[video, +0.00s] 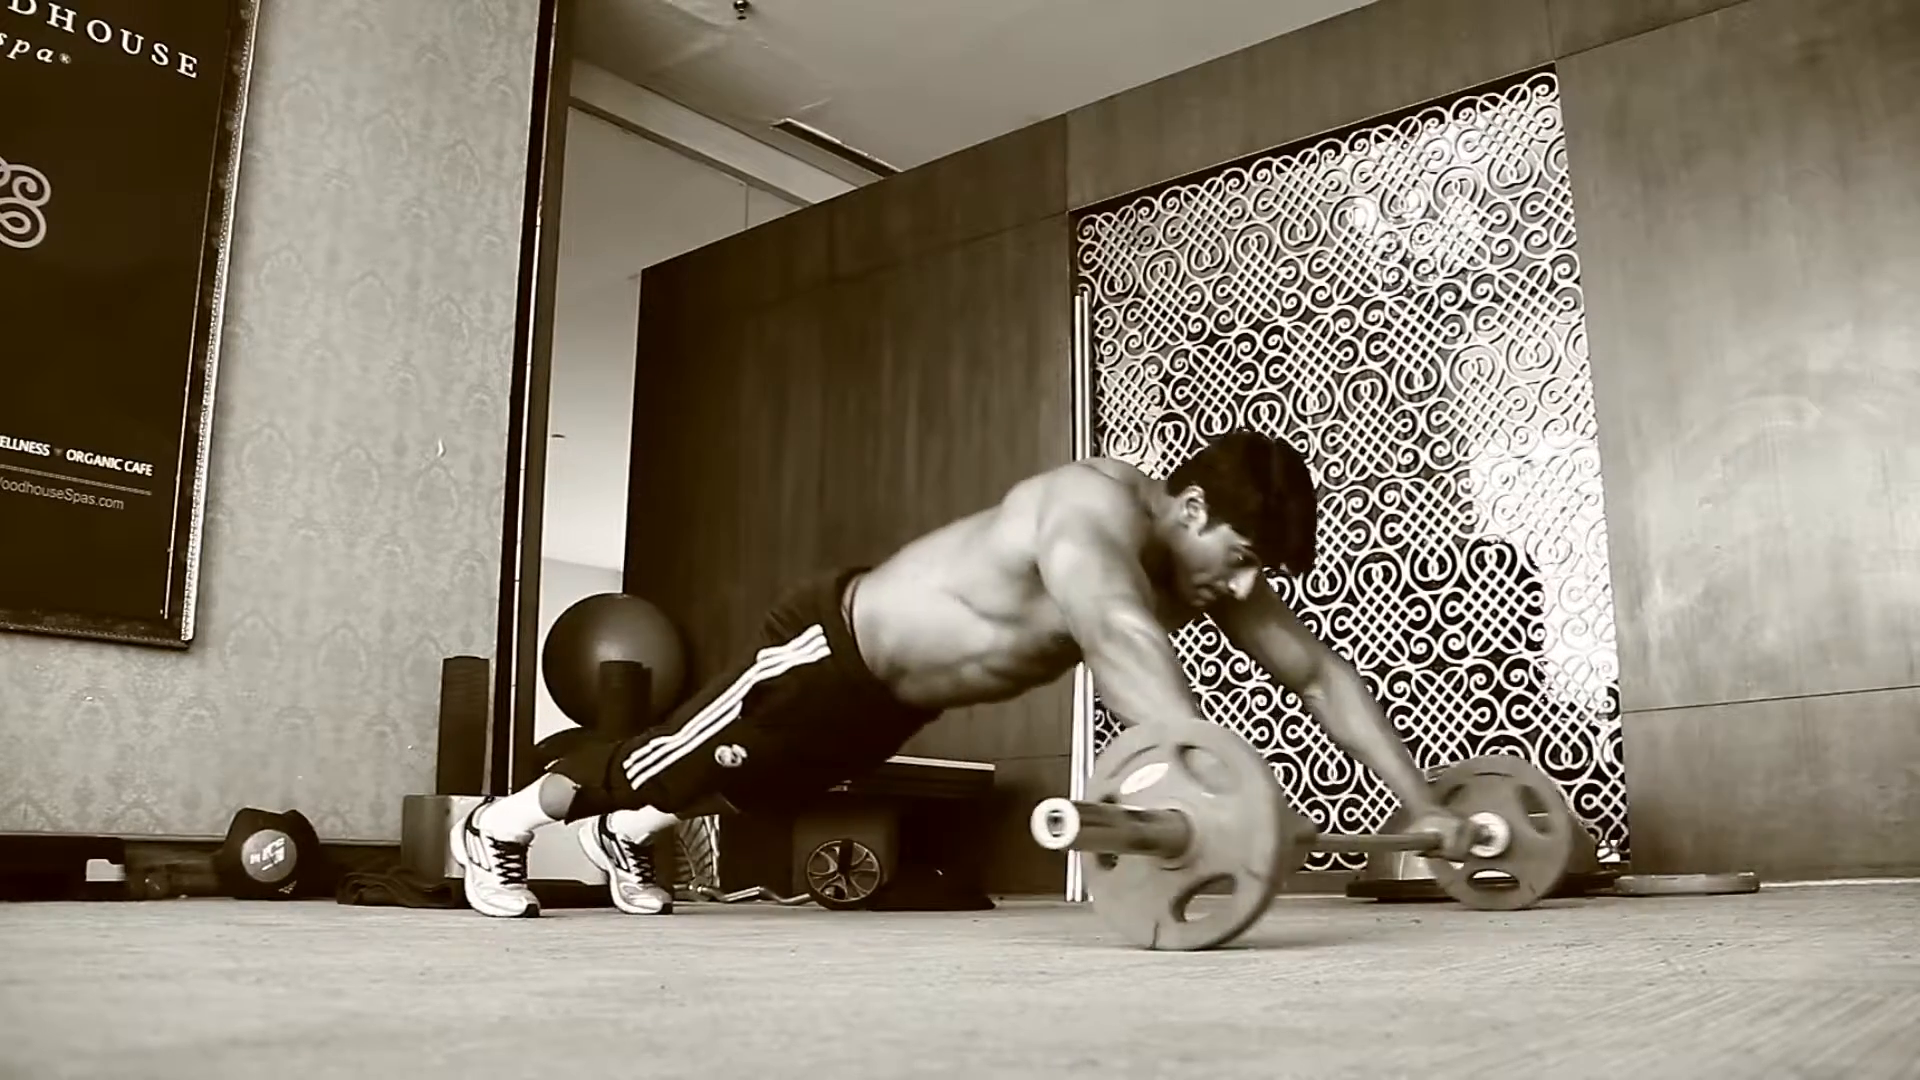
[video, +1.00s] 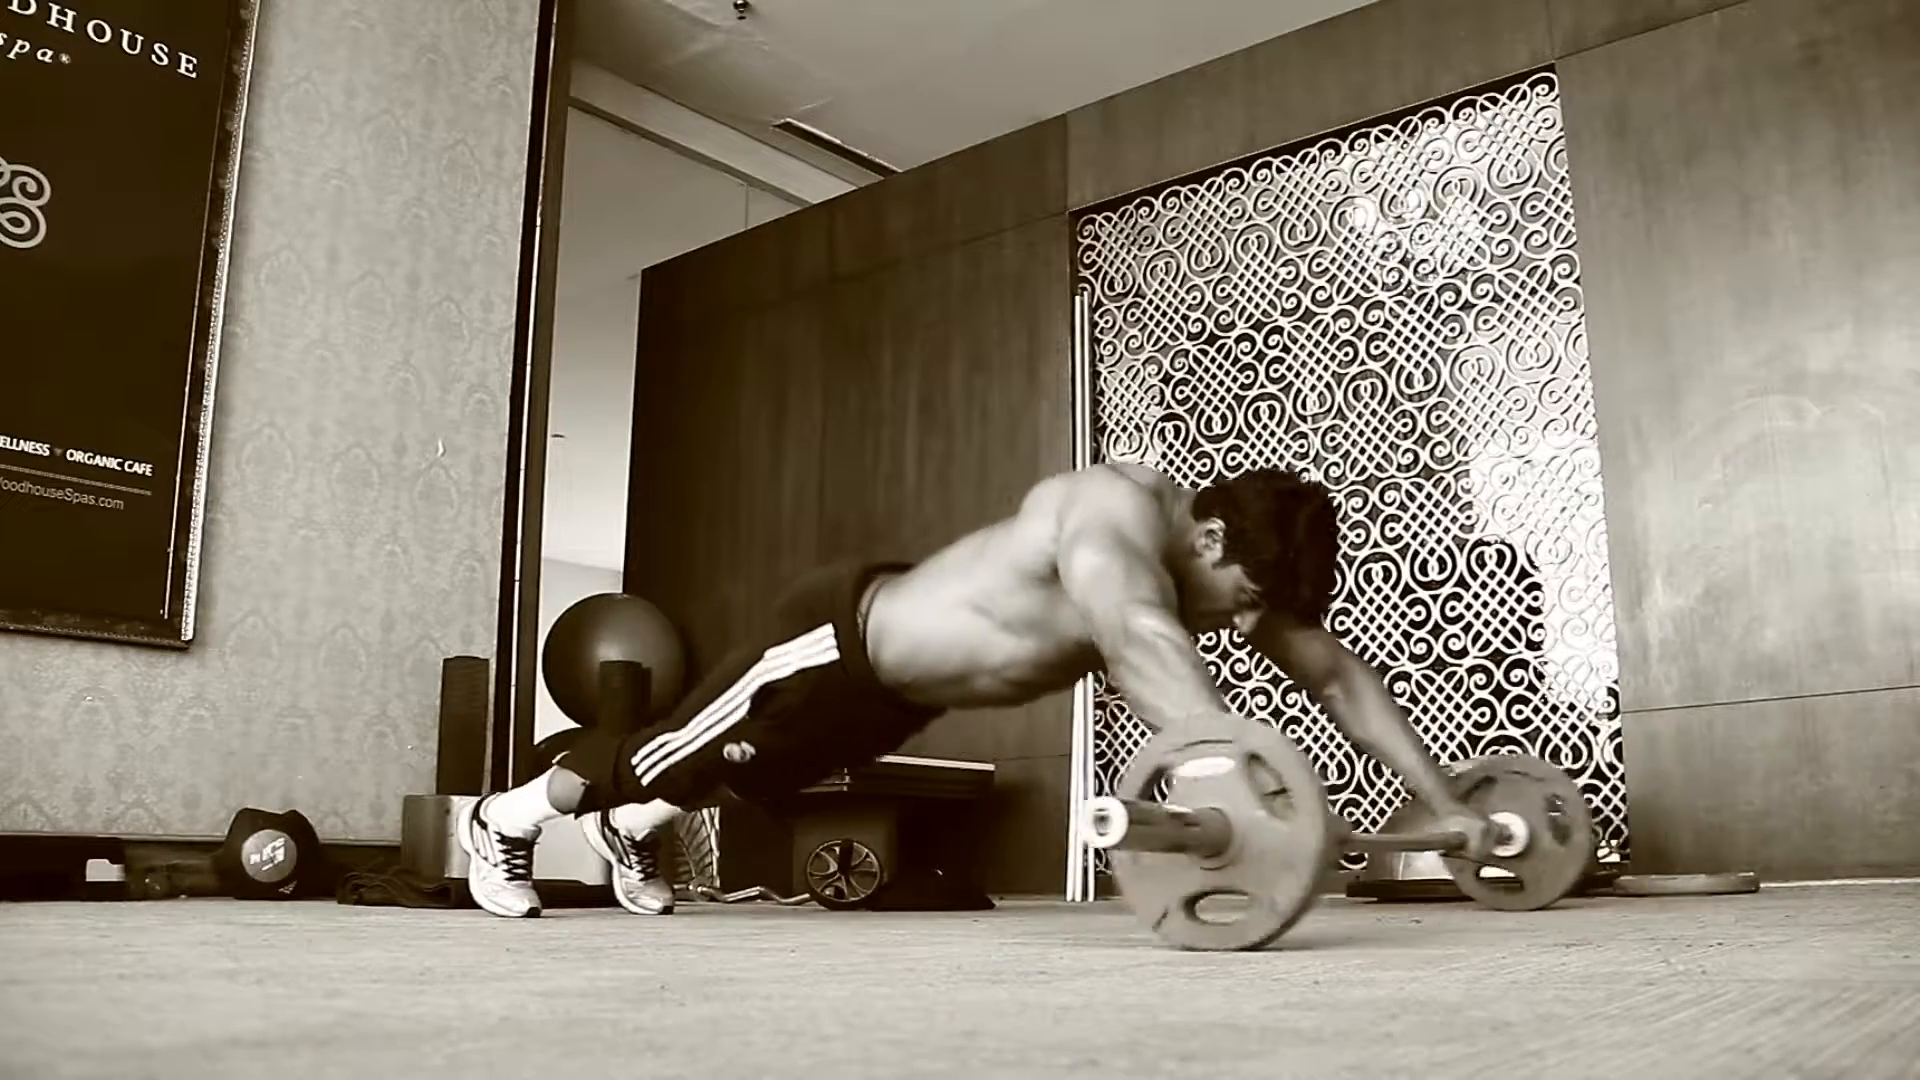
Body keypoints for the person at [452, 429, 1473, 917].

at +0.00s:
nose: (1236, 587)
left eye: (1252, 574)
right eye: (1240, 563)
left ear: (1233, 537)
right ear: (1204, 503)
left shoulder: (1190, 558)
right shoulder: (1091, 504)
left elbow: (1320, 674)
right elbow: (1116, 642)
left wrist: (1413, 797)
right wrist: (1200, 748)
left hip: (905, 690)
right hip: (842, 647)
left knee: (759, 772)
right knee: (671, 757)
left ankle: (636, 836)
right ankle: (499, 823)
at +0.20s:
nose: (1252, 608)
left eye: (1266, 594)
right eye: (1255, 583)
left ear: (1264, 570)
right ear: (1221, 526)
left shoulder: (1225, 576)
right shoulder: (1116, 526)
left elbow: (1349, 679)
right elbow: (1143, 645)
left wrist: (1455, 783)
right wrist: (1236, 744)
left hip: (919, 731)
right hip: (855, 683)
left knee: (755, 800)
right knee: (677, 788)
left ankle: (631, 856)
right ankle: (512, 826)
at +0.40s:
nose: (1263, 638)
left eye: (1276, 629)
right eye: (1265, 615)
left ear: (1285, 602)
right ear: (1235, 551)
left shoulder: (1242, 600)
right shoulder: (1137, 542)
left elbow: (1380, 692)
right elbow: (1182, 667)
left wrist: (1503, 790)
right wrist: (1311, 744)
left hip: (940, 748)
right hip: (869, 696)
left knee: (760, 824)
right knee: (671, 797)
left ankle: (654, 860)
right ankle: (508, 827)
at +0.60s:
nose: (1273, 658)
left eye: (1286, 649)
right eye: (1274, 635)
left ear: (1296, 617)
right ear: (1239, 573)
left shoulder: (1254, 607)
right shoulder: (1143, 548)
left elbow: (1385, 695)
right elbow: (1180, 663)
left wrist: (1520, 802)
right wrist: (1317, 734)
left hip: (955, 763)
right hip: (875, 702)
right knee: (676, 791)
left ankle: (712, 868)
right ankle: (506, 830)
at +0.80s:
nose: (1254, 645)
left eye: (1270, 636)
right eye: (1259, 620)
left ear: (1283, 602)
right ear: (1239, 553)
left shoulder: (1232, 587)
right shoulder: (1133, 532)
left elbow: (1360, 678)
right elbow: (1163, 659)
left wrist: (1466, 775)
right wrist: (1293, 752)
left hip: (935, 741)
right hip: (867, 688)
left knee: (775, 826)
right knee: (667, 787)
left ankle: (660, 859)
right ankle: (506, 824)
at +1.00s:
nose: (1240, 622)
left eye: (1255, 609)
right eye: (1249, 599)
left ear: (1238, 563)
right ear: (1222, 537)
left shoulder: (1193, 565)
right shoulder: (1108, 508)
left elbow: (1333, 675)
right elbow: (1127, 634)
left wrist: (1424, 782)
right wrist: (1232, 747)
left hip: (902, 690)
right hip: (840, 656)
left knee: (745, 762)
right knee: (665, 758)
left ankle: (625, 826)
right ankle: (505, 821)